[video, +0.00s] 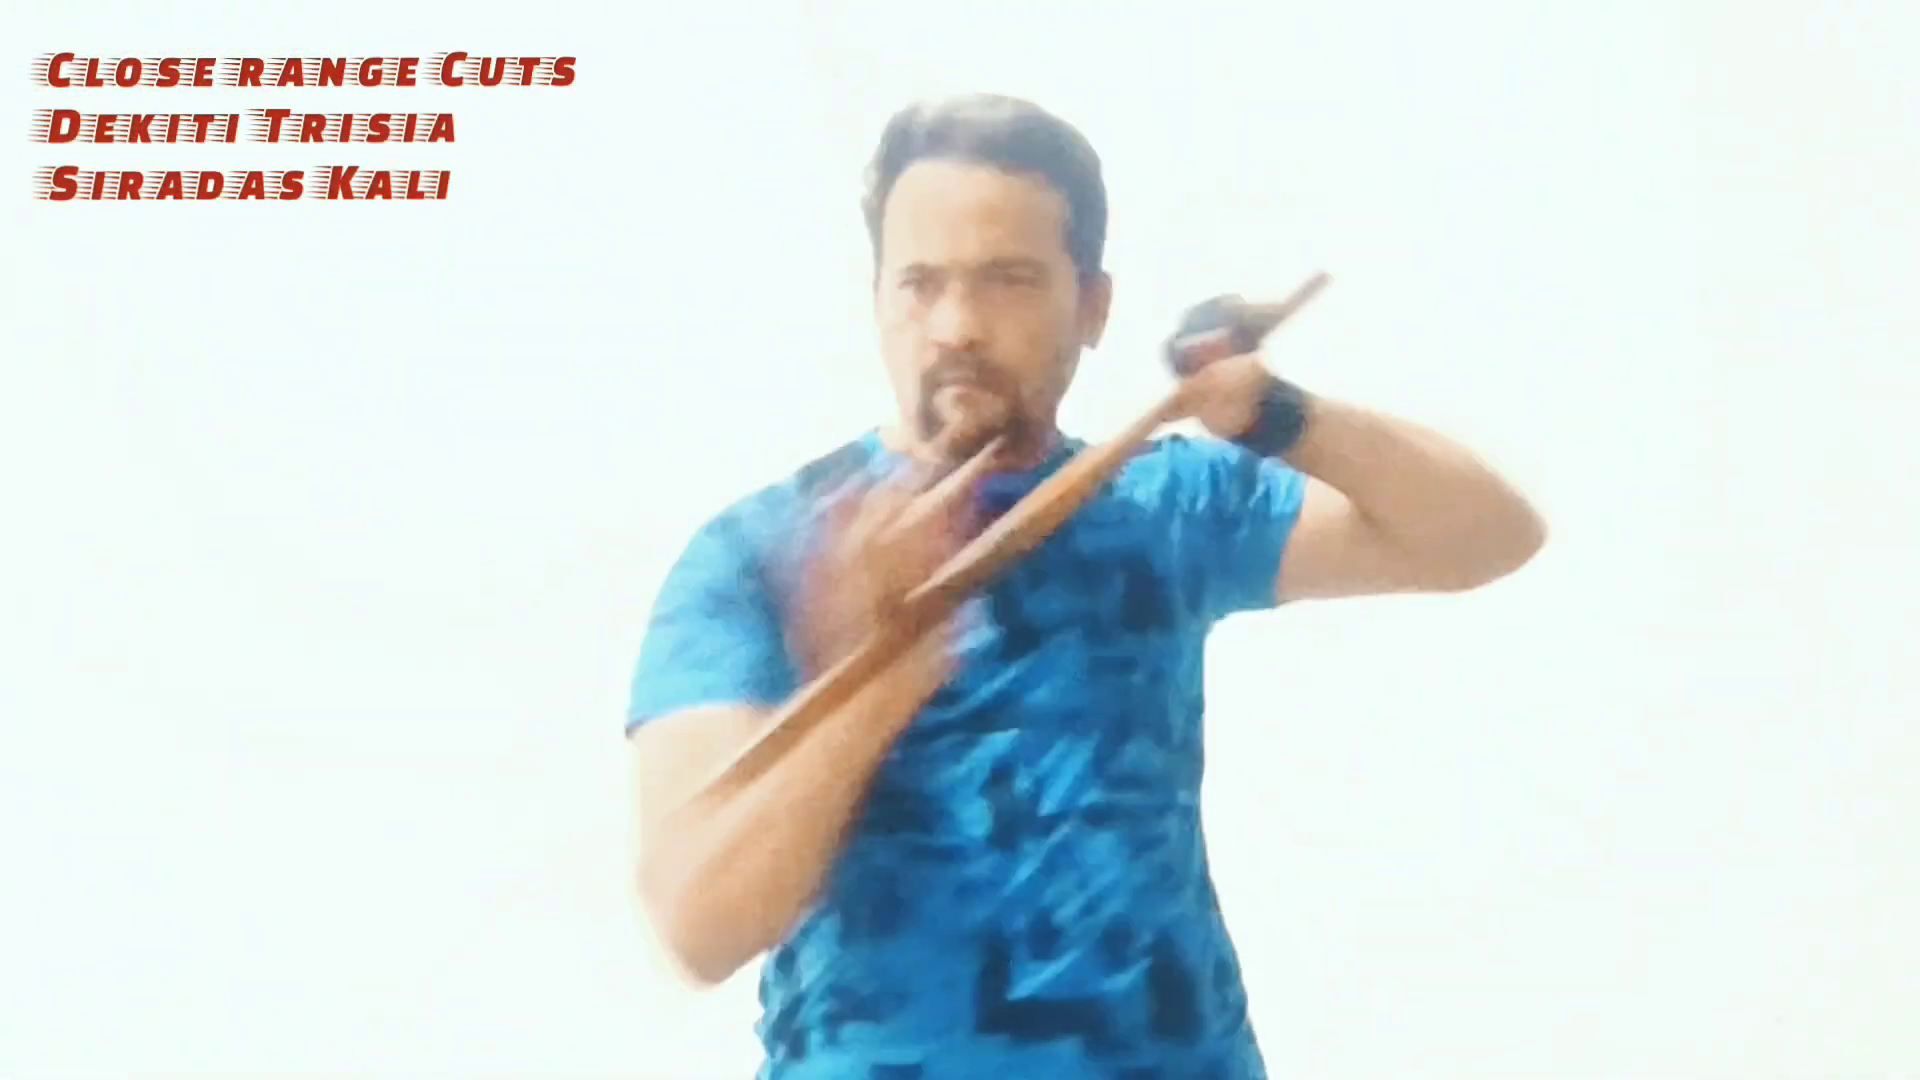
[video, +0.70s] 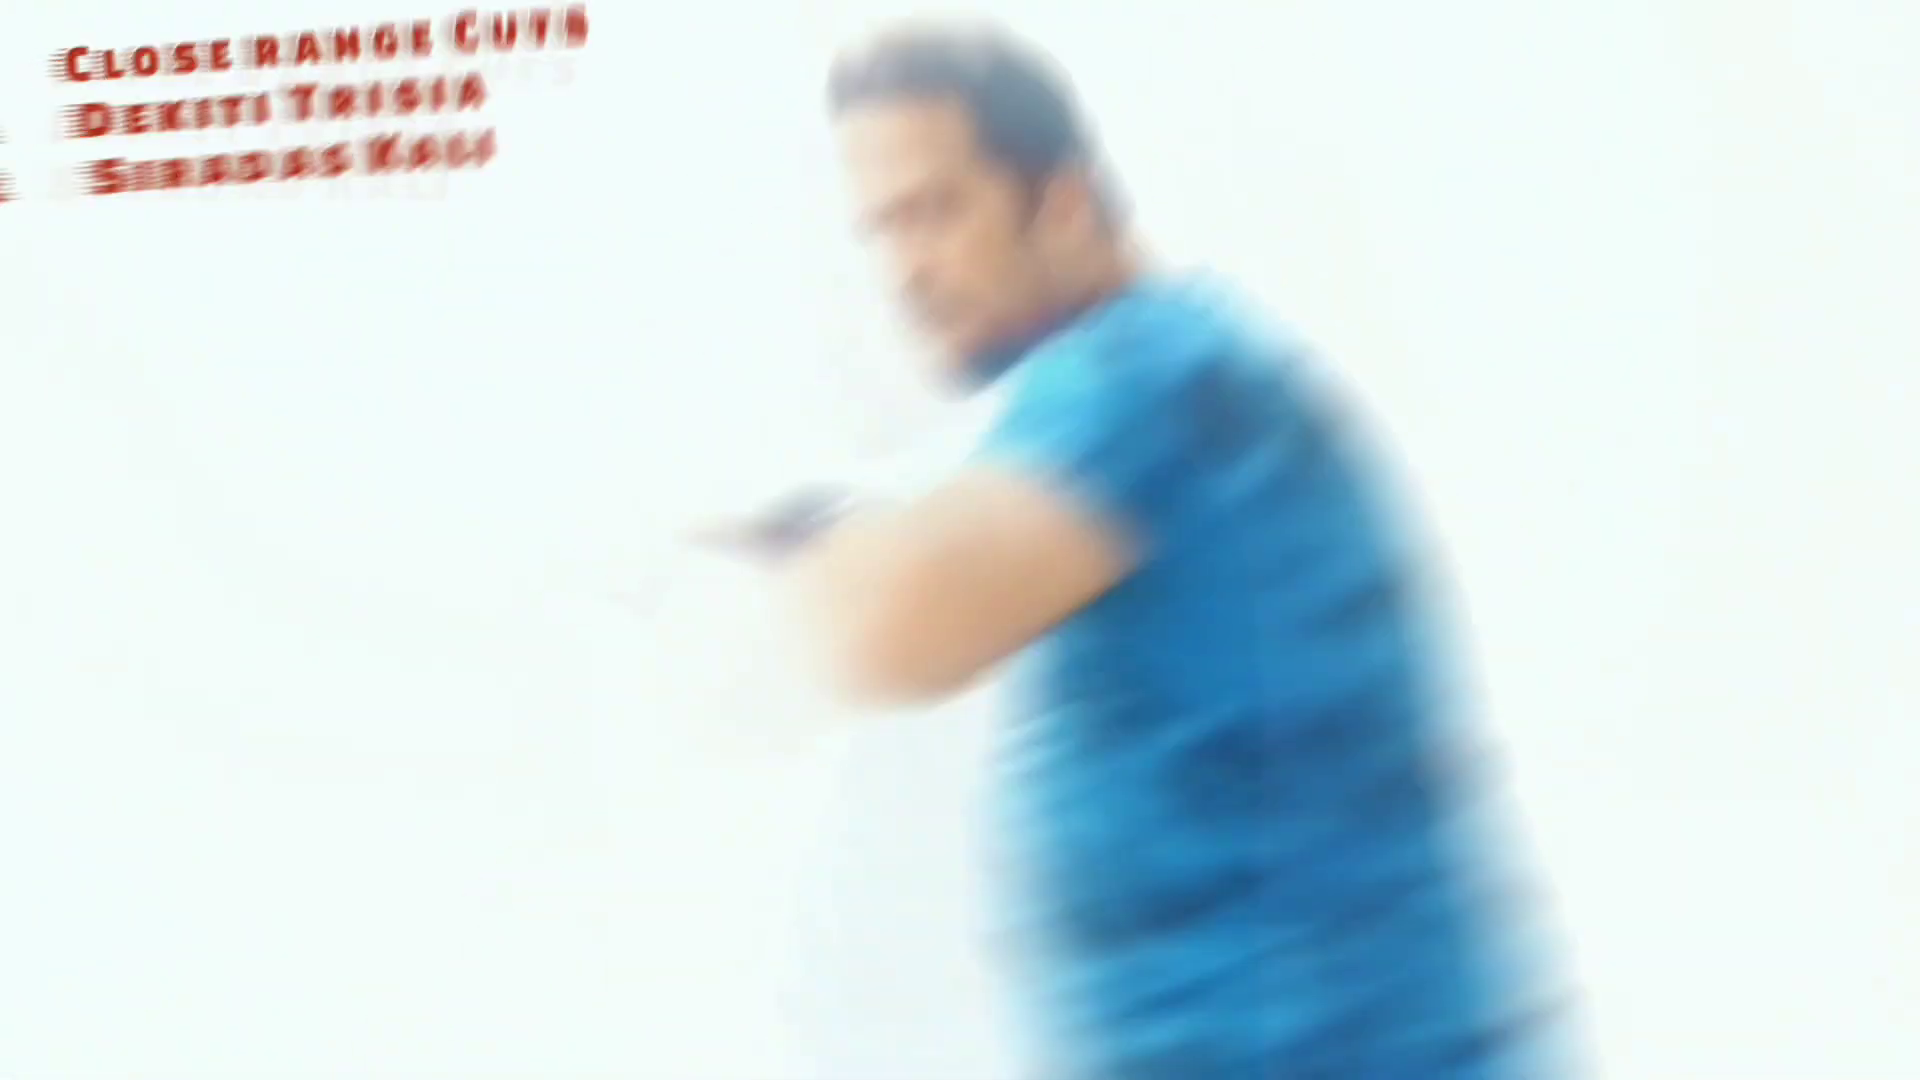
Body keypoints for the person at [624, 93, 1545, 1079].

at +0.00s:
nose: (958, 328)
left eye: (1006, 281)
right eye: (922, 283)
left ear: (1088, 308)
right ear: (878, 299)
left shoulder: (1166, 510)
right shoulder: (752, 559)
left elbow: (1490, 535)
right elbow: (702, 925)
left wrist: (1284, 418)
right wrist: (884, 667)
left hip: (1165, 1056)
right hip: (873, 1057)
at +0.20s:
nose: (1037, 333)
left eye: (1084, 283)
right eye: (996, 285)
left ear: (1154, 298)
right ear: (939, 294)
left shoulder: (1235, 559)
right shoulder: (810, 456)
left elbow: (1292, 929)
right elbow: (913, 628)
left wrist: (1316, 765)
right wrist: (1203, 456)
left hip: (1158, 1052)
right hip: (860, 1047)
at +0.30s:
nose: (1026, 365)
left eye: (1077, 310)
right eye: (991, 314)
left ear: (1167, 326)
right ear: (951, 323)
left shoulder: (1246, 603)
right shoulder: (844, 498)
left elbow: (1260, 1014)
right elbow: (676, 739)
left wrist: (1055, 790)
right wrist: (991, 635)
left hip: (1104, 1060)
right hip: (819, 1051)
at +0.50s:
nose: (861, 306)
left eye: (902, 260)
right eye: (854, 264)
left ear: (1045, 265)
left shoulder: (921, 482)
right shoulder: (1268, 482)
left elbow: (704, 631)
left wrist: (822, 352)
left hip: (905, 1045)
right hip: (1156, 1051)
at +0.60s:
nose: (830, 314)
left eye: (868, 257)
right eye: (824, 268)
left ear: (1011, 257)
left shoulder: (899, 469)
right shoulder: (1262, 480)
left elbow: (683, 731)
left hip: (902, 1044)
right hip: (1164, 1049)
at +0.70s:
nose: (904, 271)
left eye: (931, 214)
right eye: (883, 233)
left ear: (1063, 202)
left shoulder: (1157, 369)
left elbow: (897, 632)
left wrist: (835, 539)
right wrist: (861, 540)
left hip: (1293, 1049)